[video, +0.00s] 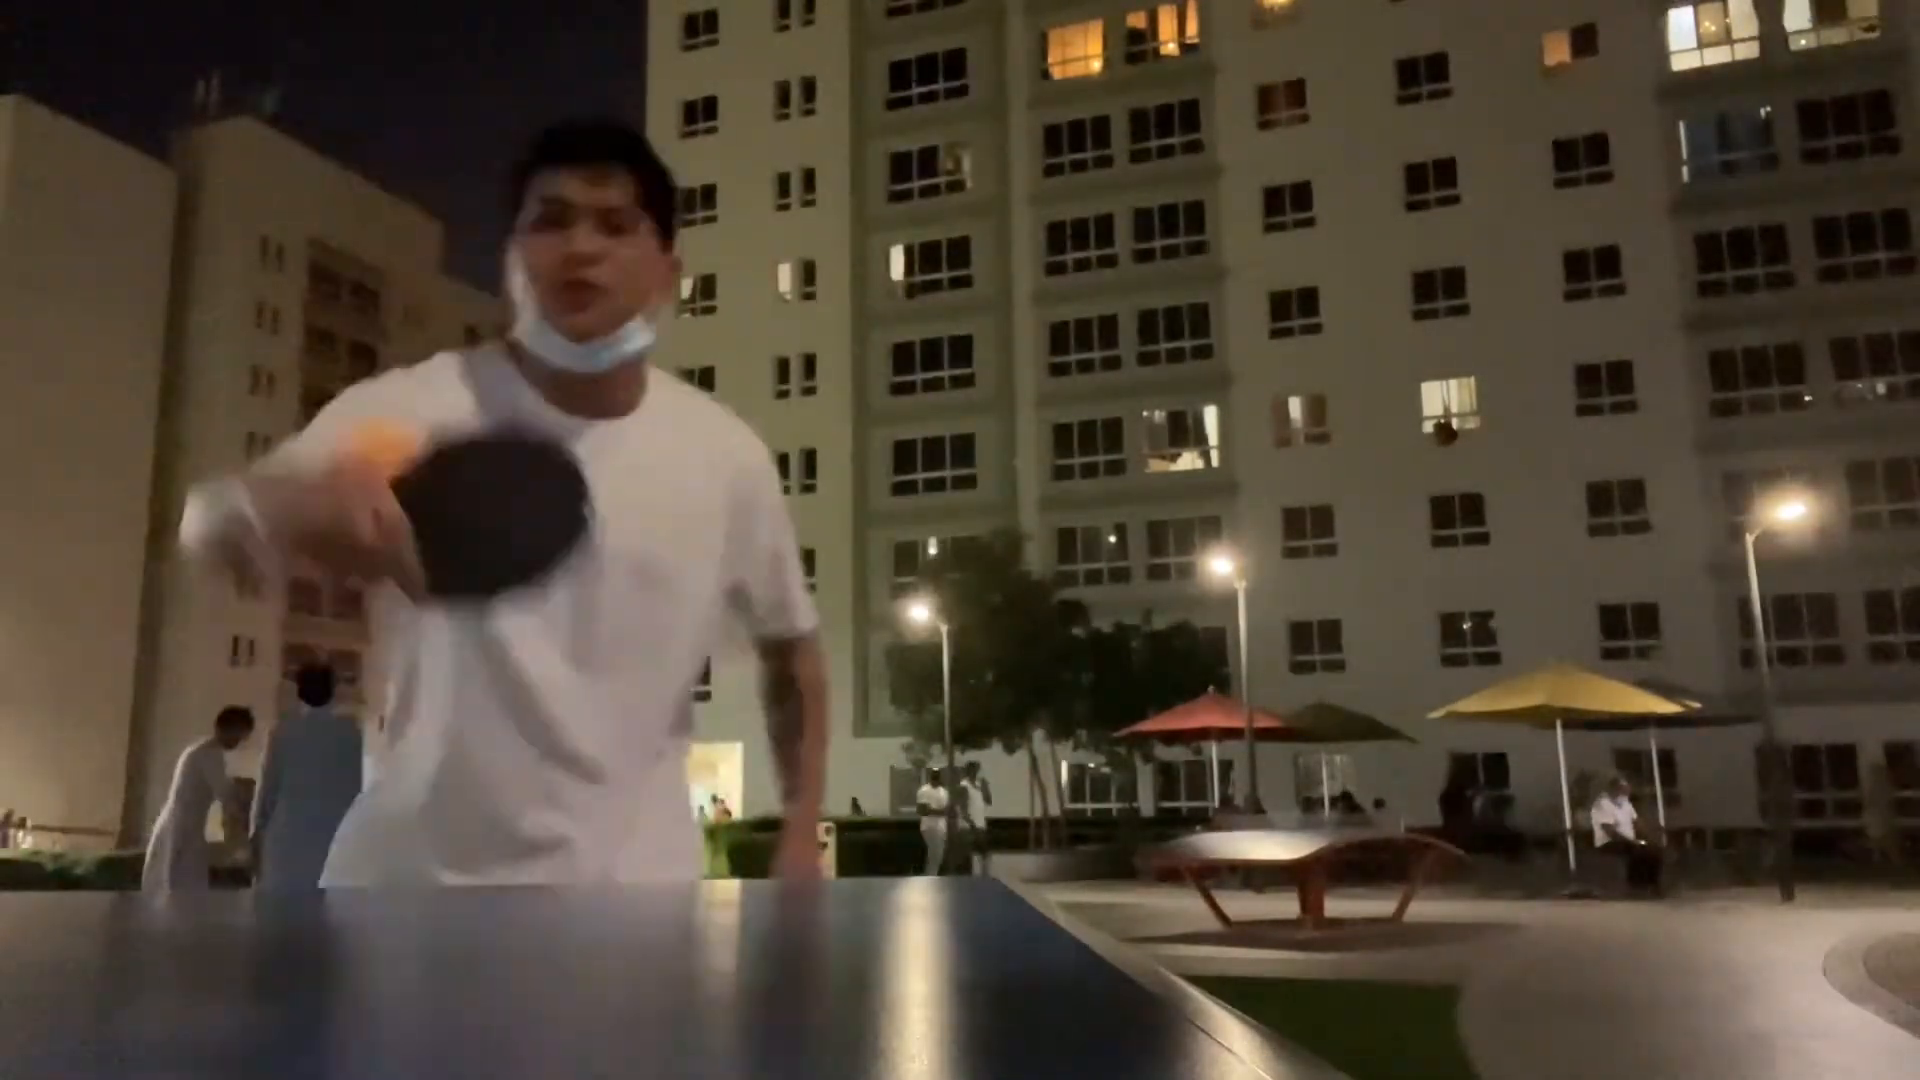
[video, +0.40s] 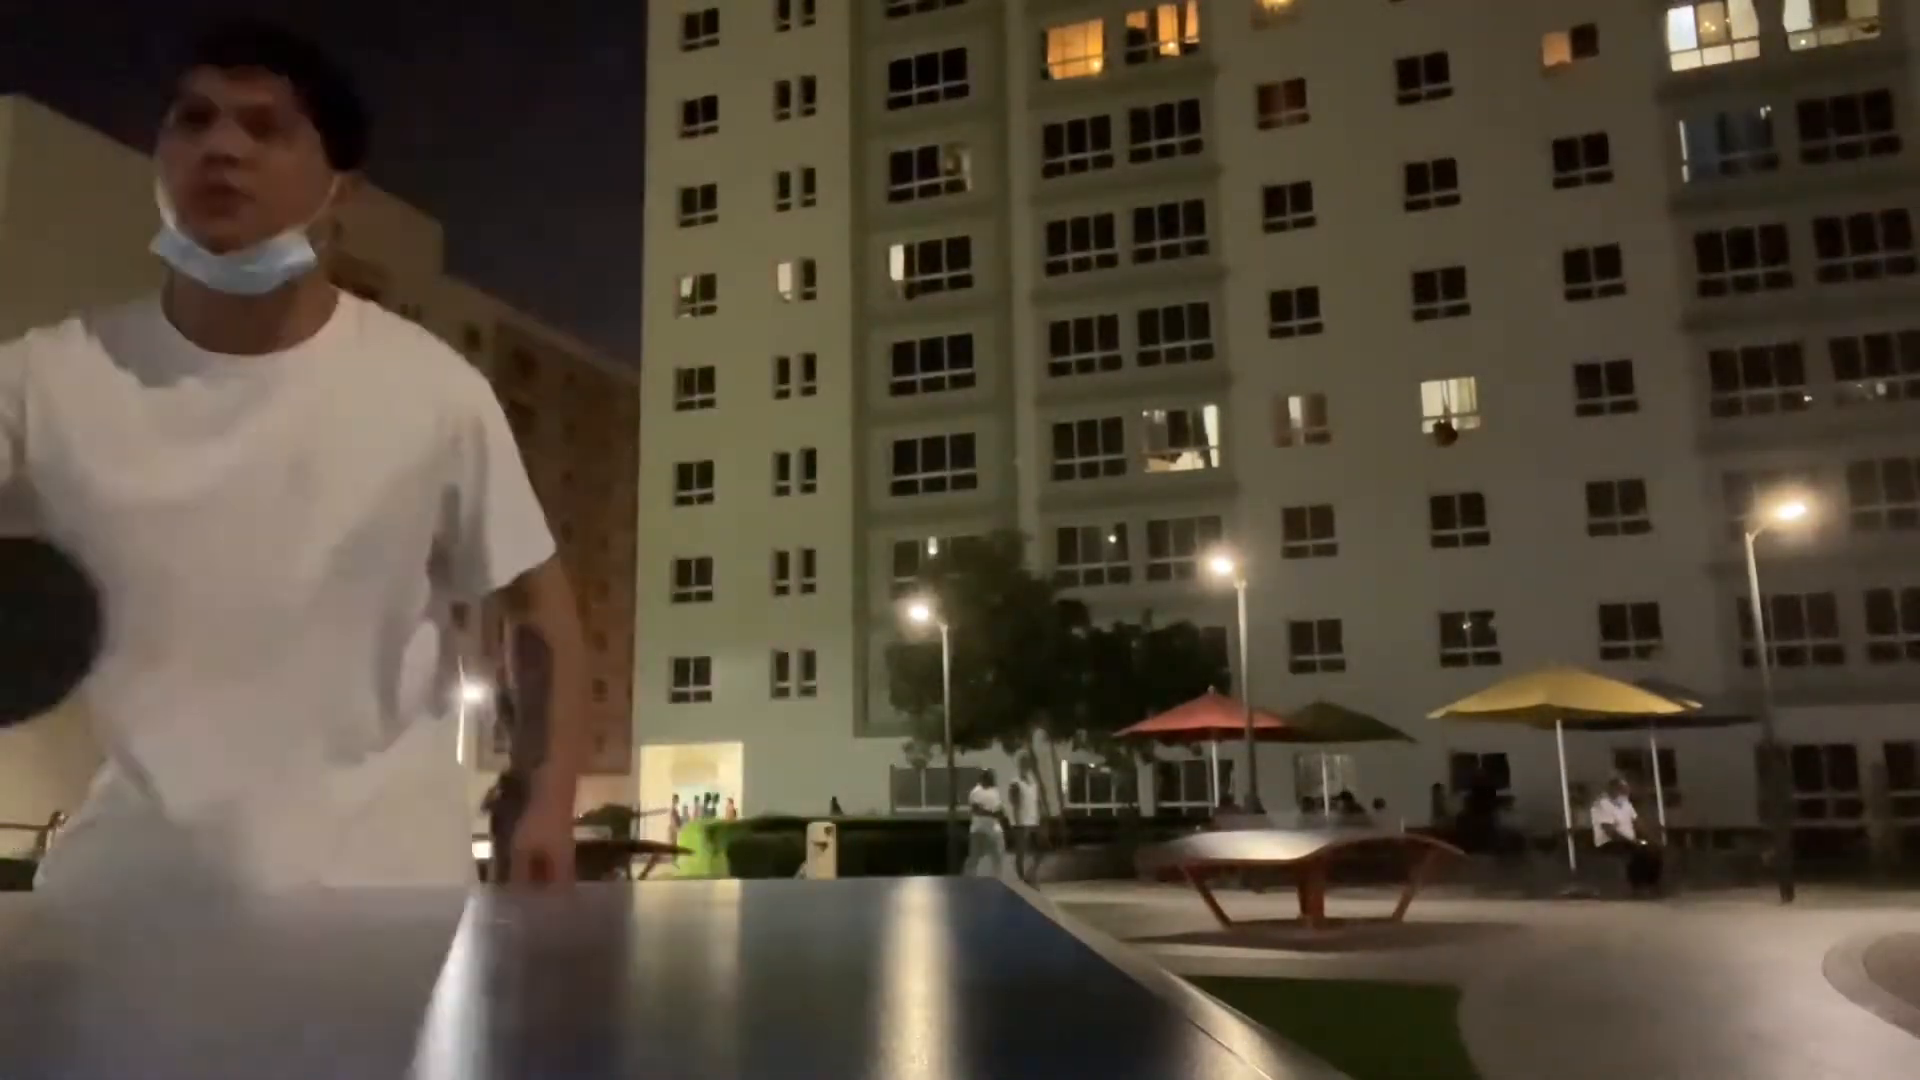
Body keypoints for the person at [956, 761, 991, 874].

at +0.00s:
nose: (975, 773)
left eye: (976, 771)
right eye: (973, 771)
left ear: (977, 771)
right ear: (968, 771)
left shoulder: (979, 786)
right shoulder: (963, 786)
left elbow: (988, 801)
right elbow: (963, 810)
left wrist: (985, 786)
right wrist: (972, 824)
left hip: (980, 825)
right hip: (967, 826)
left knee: (985, 853)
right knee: (967, 854)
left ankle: (985, 875)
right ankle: (967, 877)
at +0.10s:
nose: (985, 771)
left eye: (987, 769)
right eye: (983, 769)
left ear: (989, 769)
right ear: (979, 769)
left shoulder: (991, 782)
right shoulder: (974, 782)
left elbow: (1000, 799)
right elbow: (970, 803)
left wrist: (996, 783)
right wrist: (972, 820)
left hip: (991, 821)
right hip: (979, 821)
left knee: (990, 852)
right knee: (979, 850)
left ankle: (988, 876)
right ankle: (970, 870)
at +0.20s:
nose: (999, 772)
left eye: (1000, 769)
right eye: (996, 770)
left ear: (1003, 770)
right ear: (992, 770)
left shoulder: (1005, 783)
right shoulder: (987, 785)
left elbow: (1014, 800)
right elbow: (983, 805)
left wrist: (1008, 787)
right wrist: (985, 821)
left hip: (1004, 821)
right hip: (992, 822)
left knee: (993, 850)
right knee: (1002, 848)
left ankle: (989, 873)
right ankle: (1004, 872)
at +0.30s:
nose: (1012, 770)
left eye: (1014, 767)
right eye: (1010, 767)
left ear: (1017, 768)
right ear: (1006, 768)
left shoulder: (1019, 785)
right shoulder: (1002, 786)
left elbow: (1022, 803)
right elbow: (998, 805)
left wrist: (1026, 797)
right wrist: (997, 820)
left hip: (1018, 822)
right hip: (1007, 823)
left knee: (1011, 857)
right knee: (1014, 855)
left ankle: (995, 878)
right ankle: (1019, 879)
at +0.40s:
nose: (1025, 770)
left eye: (1027, 767)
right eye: (1023, 766)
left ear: (1030, 767)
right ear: (1020, 767)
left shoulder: (1034, 783)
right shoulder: (1015, 784)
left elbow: (1038, 801)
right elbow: (1015, 805)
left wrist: (1042, 816)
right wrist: (1016, 822)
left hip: (1034, 822)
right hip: (1022, 823)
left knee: (1040, 851)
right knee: (1020, 853)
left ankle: (1032, 875)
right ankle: (1021, 878)